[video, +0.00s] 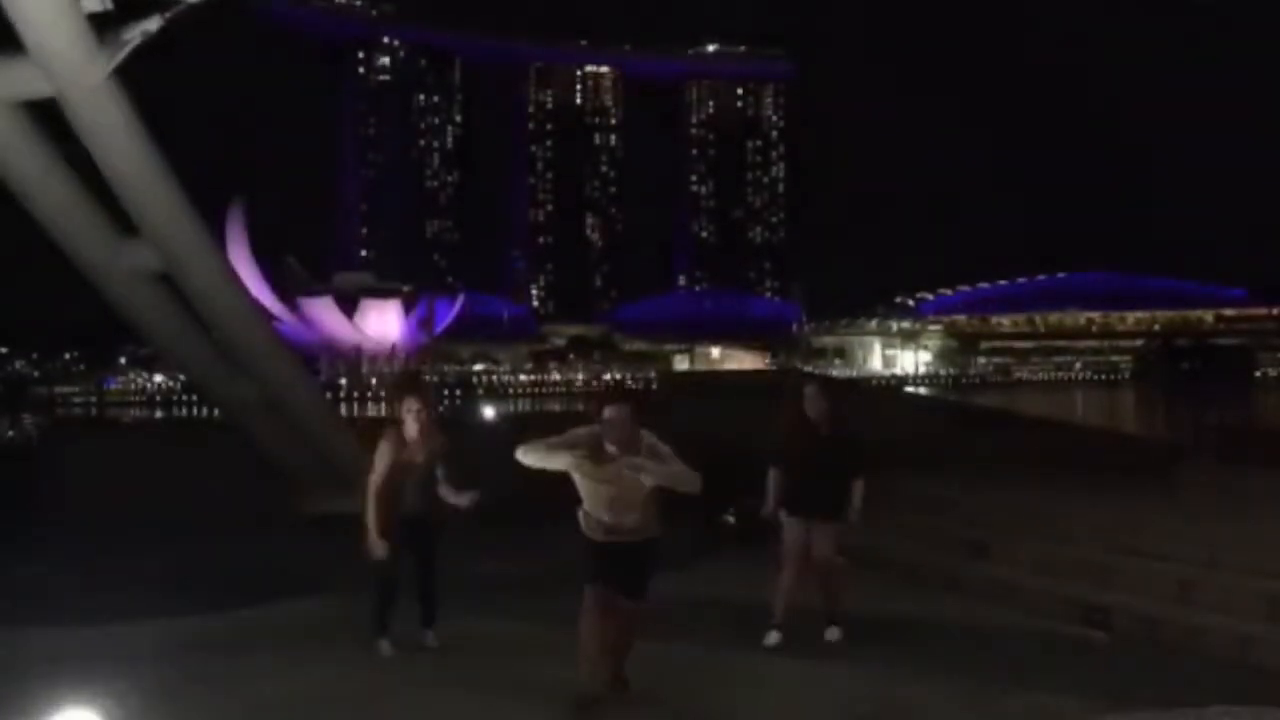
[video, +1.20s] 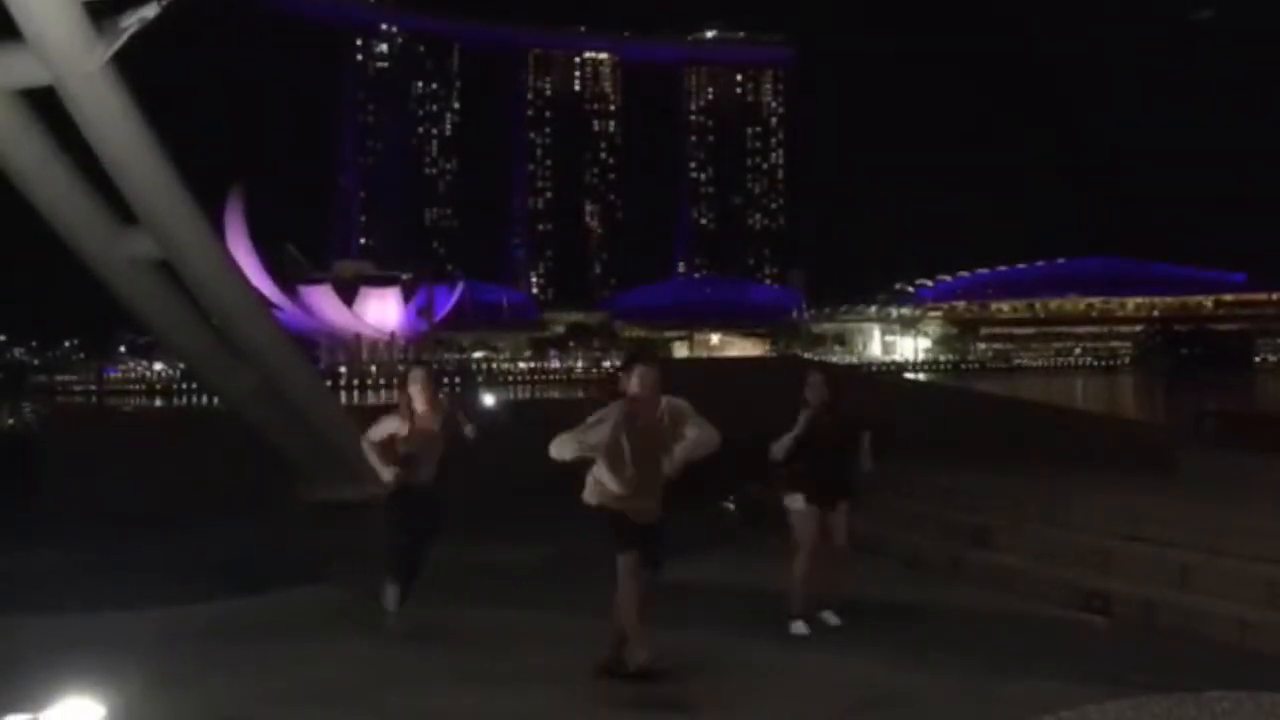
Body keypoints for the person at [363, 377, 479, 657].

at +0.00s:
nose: (417, 416)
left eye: (421, 410)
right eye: (410, 410)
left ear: (428, 413)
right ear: (400, 414)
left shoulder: (434, 443)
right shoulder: (392, 443)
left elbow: (441, 485)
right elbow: (374, 486)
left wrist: (459, 498)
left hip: (425, 520)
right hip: (394, 520)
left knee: (427, 575)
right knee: (389, 578)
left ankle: (428, 629)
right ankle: (382, 634)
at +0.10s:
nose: (419, 422)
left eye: (423, 416)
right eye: (413, 416)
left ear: (430, 418)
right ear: (405, 420)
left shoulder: (438, 448)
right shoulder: (394, 447)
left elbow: (459, 480)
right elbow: (356, 461)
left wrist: (454, 446)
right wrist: (345, 502)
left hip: (427, 519)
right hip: (393, 520)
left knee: (428, 574)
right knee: (390, 574)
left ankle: (429, 627)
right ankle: (383, 632)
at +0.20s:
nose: (397, 411)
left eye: (401, 406)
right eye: (396, 406)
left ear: (417, 410)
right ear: (397, 410)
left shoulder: (434, 433)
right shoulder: (392, 431)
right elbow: (362, 428)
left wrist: (444, 433)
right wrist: (350, 470)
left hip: (425, 510)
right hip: (395, 508)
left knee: (427, 567)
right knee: (391, 566)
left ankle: (429, 625)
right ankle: (392, 621)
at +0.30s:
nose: (383, 404)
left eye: (388, 398)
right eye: (383, 398)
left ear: (404, 400)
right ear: (395, 401)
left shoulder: (427, 419)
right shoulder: (387, 424)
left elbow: (470, 423)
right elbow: (372, 445)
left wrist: (445, 450)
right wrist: (369, 479)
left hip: (425, 495)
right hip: (396, 495)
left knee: (411, 553)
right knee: (396, 554)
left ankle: (422, 611)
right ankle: (412, 609)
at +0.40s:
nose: (374, 409)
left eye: (378, 403)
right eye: (374, 403)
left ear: (393, 404)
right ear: (388, 405)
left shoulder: (419, 424)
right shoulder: (388, 433)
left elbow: (464, 429)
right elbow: (387, 467)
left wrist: (460, 470)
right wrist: (386, 499)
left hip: (429, 498)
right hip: (404, 500)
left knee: (399, 553)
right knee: (410, 556)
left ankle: (387, 613)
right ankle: (429, 613)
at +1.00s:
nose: (405, 399)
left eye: (409, 392)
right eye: (400, 393)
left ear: (419, 394)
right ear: (393, 398)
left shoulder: (435, 426)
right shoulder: (387, 432)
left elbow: (445, 458)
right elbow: (371, 465)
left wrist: (451, 488)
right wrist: (374, 494)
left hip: (427, 506)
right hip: (396, 506)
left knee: (415, 562)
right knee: (395, 559)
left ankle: (397, 616)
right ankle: (397, 605)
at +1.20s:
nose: (422, 392)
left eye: (425, 385)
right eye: (416, 386)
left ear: (433, 389)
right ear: (407, 390)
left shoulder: (443, 418)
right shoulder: (399, 422)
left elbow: (470, 437)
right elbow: (367, 440)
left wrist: (458, 415)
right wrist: (383, 469)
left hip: (429, 488)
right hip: (402, 487)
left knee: (422, 543)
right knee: (400, 540)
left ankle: (404, 588)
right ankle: (393, 584)